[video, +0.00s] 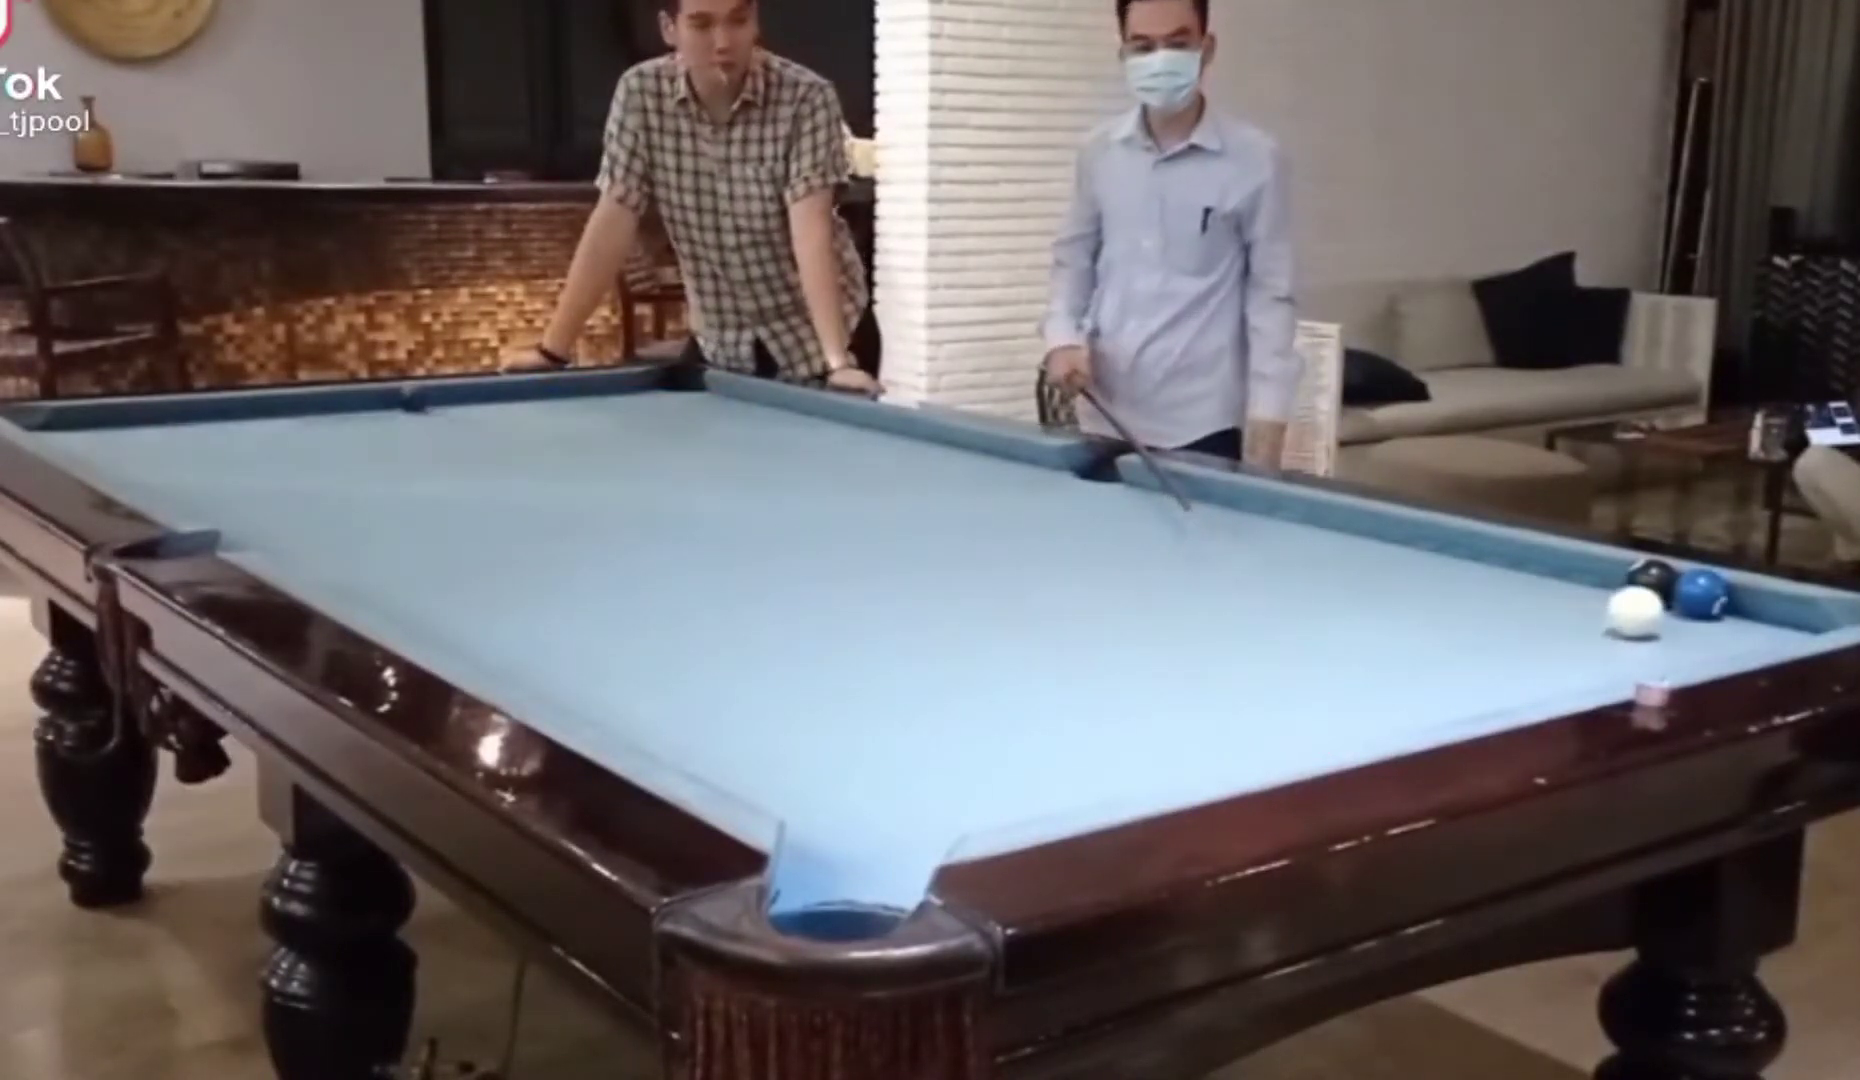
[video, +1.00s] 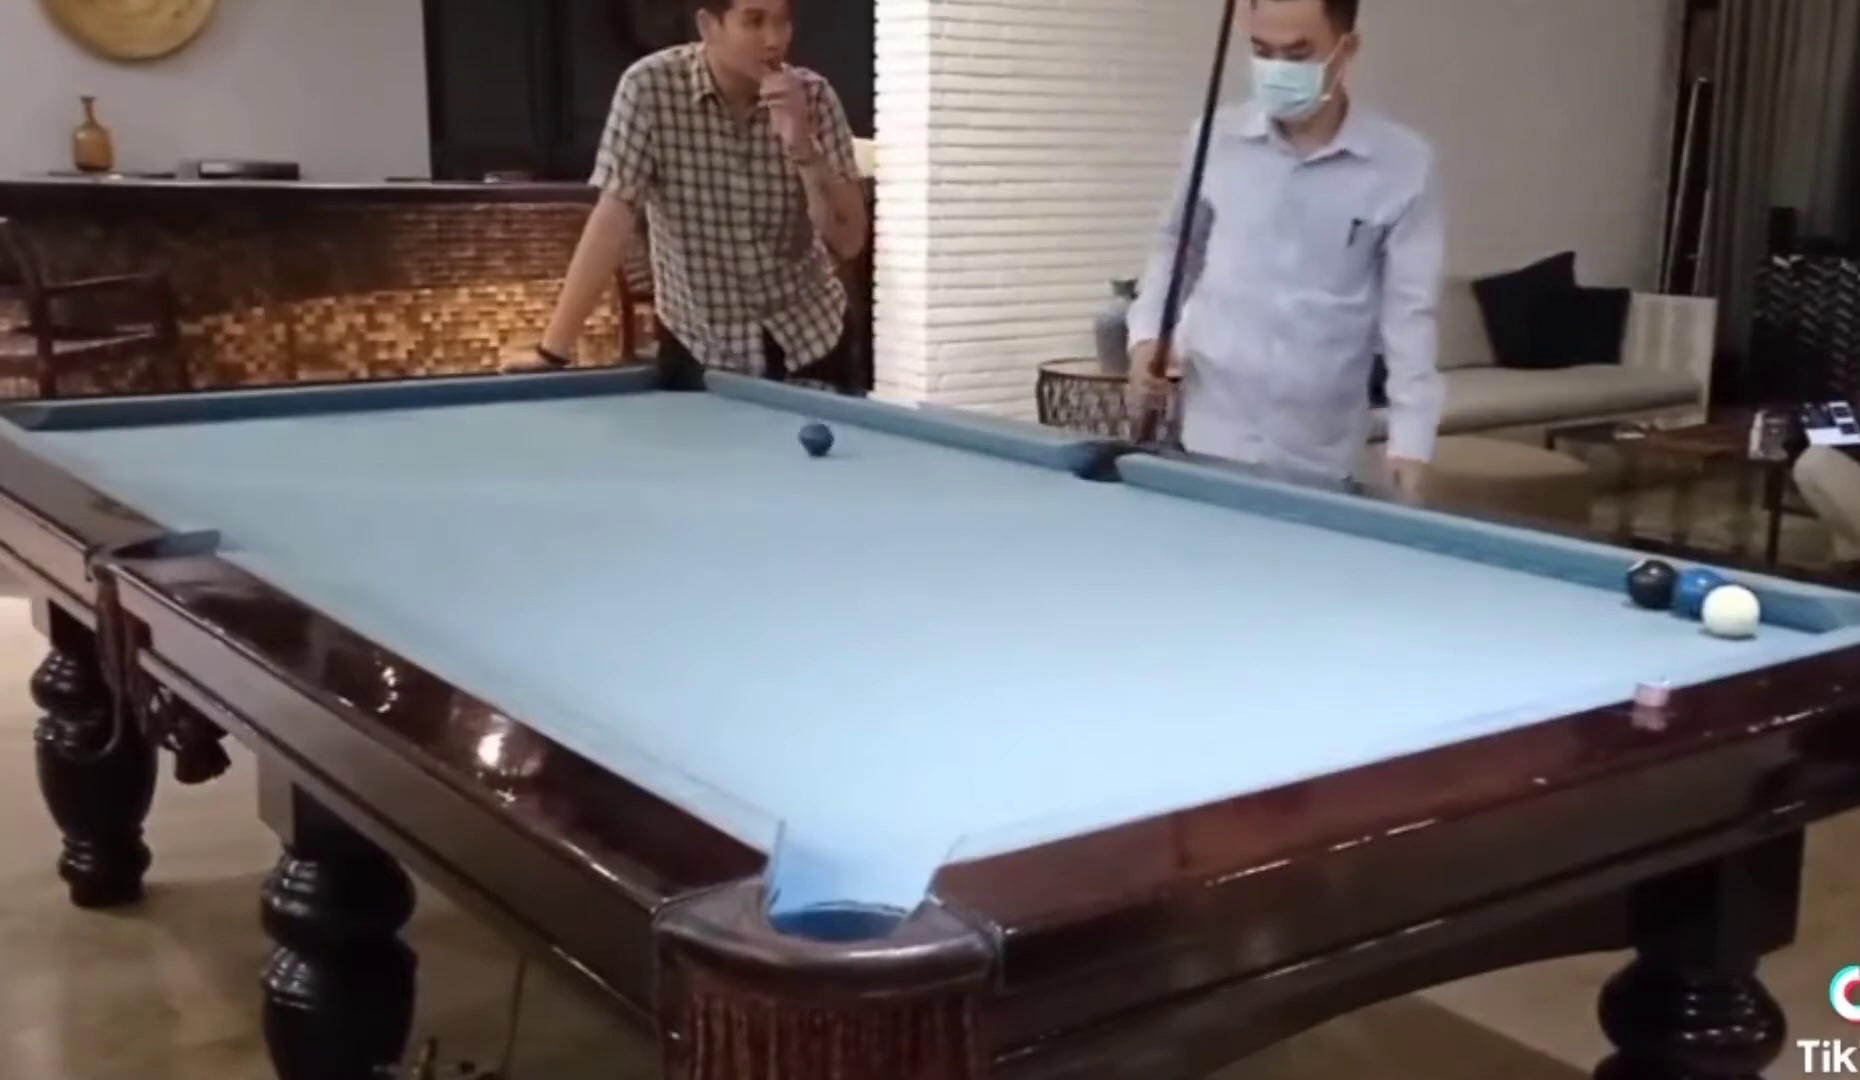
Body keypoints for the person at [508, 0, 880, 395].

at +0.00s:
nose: (723, 41)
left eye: (738, 22)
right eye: (703, 25)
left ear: (757, 23)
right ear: (670, 30)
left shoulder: (804, 97)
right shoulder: (641, 94)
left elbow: (812, 229)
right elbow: (614, 218)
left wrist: (838, 361)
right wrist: (553, 350)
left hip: (819, 335)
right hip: (721, 338)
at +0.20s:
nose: (734, 32)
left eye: (746, 14)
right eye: (712, 15)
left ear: (763, 20)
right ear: (677, 25)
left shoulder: (806, 102)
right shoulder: (639, 93)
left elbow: (821, 232)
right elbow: (612, 218)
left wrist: (839, 359)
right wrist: (553, 350)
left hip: (807, 336)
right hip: (712, 337)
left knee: (816, 491)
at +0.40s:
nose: (750, 28)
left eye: (759, 11)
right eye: (729, 12)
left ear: (772, 15)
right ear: (685, 23)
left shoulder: (809, 104)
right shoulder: (637, 91)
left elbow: (854, 237)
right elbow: (609, 217)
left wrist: (847, 333)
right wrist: (553, 350)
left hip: (811, 338)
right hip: (704, 339)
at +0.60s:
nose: (766, 31)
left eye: (774, 14)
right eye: (745, 16)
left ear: (784, 19)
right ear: (698, 24)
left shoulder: (813, 102)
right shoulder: (642, 88)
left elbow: (858, 228)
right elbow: (610, 217)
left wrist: (832, 248)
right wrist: (552, 350)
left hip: (816, 336)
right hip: (702, 341)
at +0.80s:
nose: (774, 38)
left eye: (783, 20)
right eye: (754, 20)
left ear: (793, 22)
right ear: (707, 24)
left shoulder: (811, 98)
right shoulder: (649, 86)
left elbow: (851, 245)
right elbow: (613, 216)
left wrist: (809, 161)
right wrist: (552, 351)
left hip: (811, 334)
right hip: (701, 340)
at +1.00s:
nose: (776, 38)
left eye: (783, 21)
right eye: (755, 21)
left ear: (794, 23)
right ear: (709, 25)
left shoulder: (811, 97)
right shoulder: (651, 88)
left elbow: (849, 242)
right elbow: (613, 218)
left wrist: (805, 152)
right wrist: (552, 352)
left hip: (810, 334)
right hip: (700, 341)